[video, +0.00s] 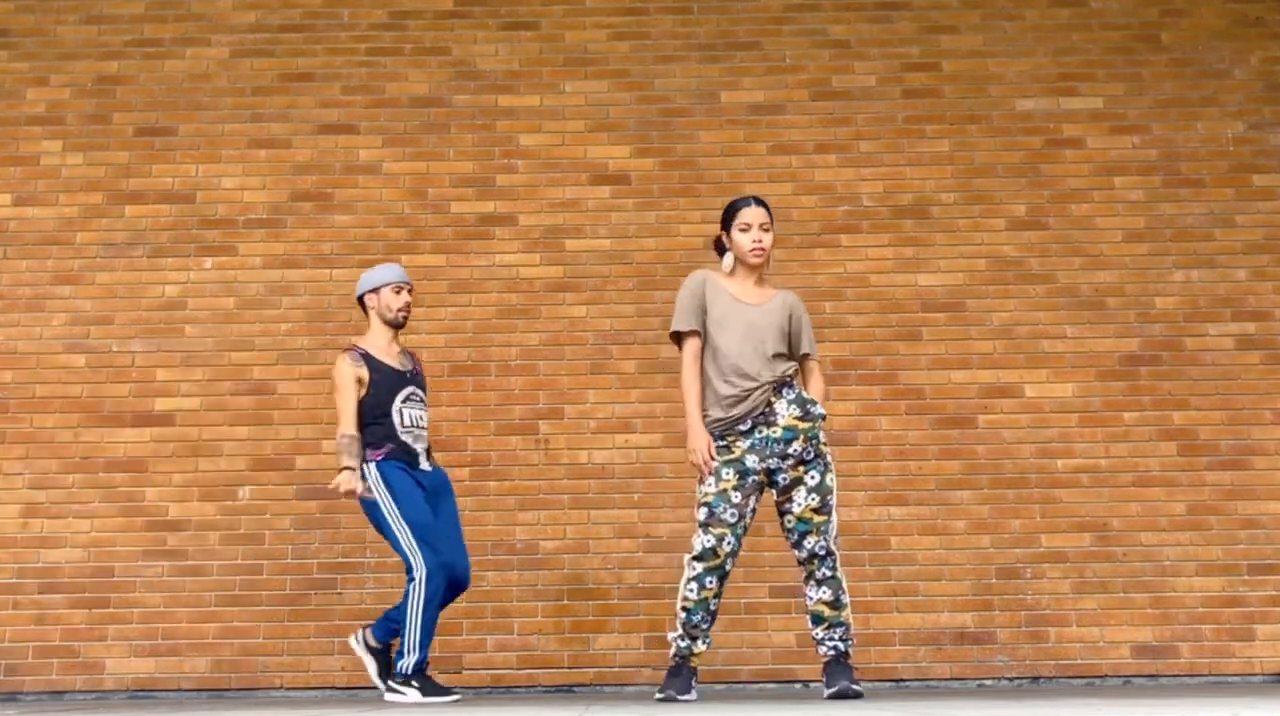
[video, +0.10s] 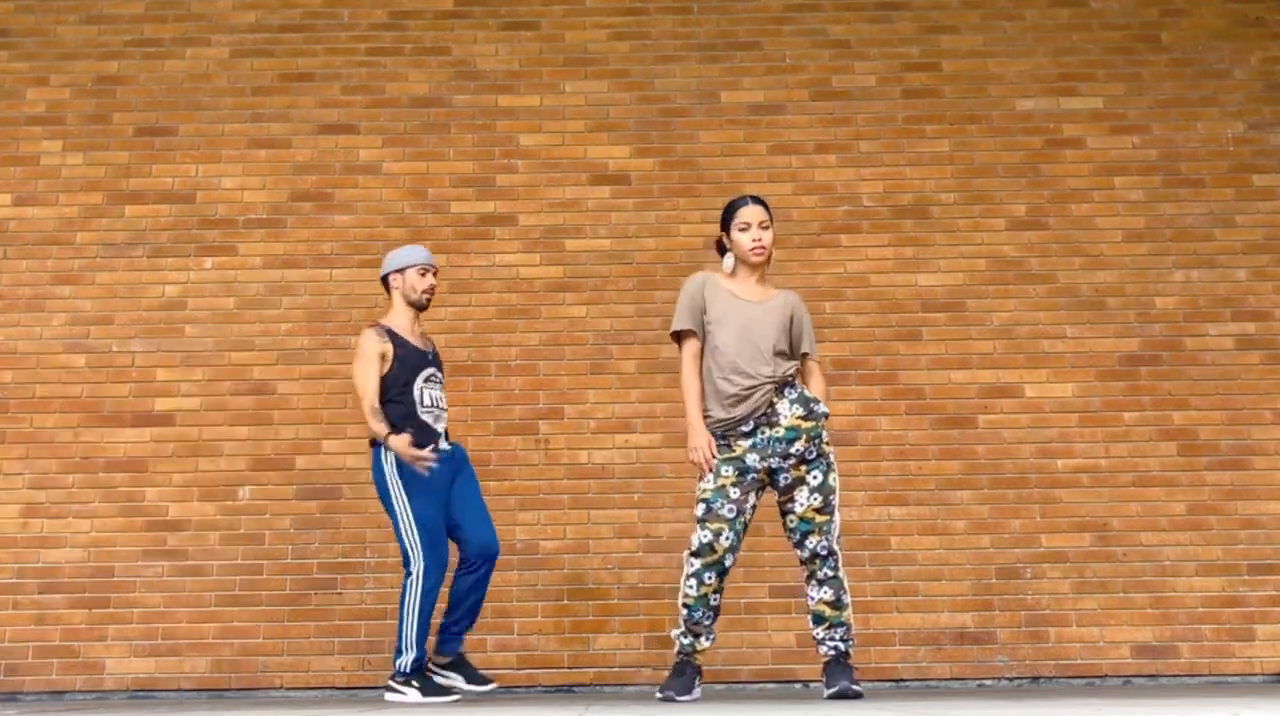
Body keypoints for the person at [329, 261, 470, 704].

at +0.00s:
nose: (407, 299)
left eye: (410, 292)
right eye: (397, 291)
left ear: (410, 301)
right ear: (370, 300)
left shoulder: (413, 361)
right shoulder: (351, 362)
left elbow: (413, 426)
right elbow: (347, 428)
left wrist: (430, 466)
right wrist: (350, 466)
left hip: (426, 471)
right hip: (383, 471)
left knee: (456, 572)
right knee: (427, 565)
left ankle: (376, 637)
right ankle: (408, 674)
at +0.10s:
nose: (432, 281)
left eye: (434, 275)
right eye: (422, 273)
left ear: (429, 285)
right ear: (394, 281)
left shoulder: (425, 341)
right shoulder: (373, 339)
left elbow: (427, 403)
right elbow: (370, 408)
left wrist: (444, 443)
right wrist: (393, 441)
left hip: (447, 459)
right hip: (404, 461)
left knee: (482, 548)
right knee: (426, 561)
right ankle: (406, 673)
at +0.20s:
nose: (454, 271)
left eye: (456, 265)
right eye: (445, 263)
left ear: (449, 273)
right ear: (417, 268)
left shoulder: (439, 330)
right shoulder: (395, 323)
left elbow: (438, 393)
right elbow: (394, 389)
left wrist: (460, 428)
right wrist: (430, 409)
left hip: (463, 450)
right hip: (421, 452)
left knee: (493, 549)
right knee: (427, 559)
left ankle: (512, 658)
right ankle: (407, 672)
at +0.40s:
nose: (496, 280)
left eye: (498, 274)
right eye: (488, 271)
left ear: (486, 283)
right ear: (460, 277)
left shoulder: (474, 339)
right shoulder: (438, 327)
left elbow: (467, 395)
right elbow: (444, 375)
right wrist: (494, 372)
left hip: (493, 464)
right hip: (454, 463)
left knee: (521, 566)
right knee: (452, 569)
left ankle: (558, 662)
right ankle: (408, 672)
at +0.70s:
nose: (567, 263)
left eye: (568, 257)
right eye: (558, 254)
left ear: (556, 266)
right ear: (529, 259)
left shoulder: (540, 315)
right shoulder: (512, 301)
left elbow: (543, 384)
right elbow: (508, 367)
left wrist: (568, 430)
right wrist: (514, 438)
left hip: (568, 447)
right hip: (529, 446)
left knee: (569, 560)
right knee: (512, 554)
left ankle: (575, 667)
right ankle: (443, 639)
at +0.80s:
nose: (586, 255)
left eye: (588, 249)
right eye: (577, 246)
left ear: (581, 260)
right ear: (548, 253)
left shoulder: (567, 319)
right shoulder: (524, 295)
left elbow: (566, 385)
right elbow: (507, 365)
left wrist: (587, 428)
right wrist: (514, 434)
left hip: (584, 443)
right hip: (544, 441)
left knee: (577, 556)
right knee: (539, 549)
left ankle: (577, 667)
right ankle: (486, 651)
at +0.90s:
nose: (599, 247)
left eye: (602, 240)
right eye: (589, 238)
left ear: (600, 252)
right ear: (561, 246)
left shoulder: (591, 320)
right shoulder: (532, 291)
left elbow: (583, 385)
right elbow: (499, 354)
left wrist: (604, 424)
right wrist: (521, 416)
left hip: (596, 439)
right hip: (551, 436)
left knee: (585, 550)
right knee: (558, 544)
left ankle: (578, 664)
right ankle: (547, 665)